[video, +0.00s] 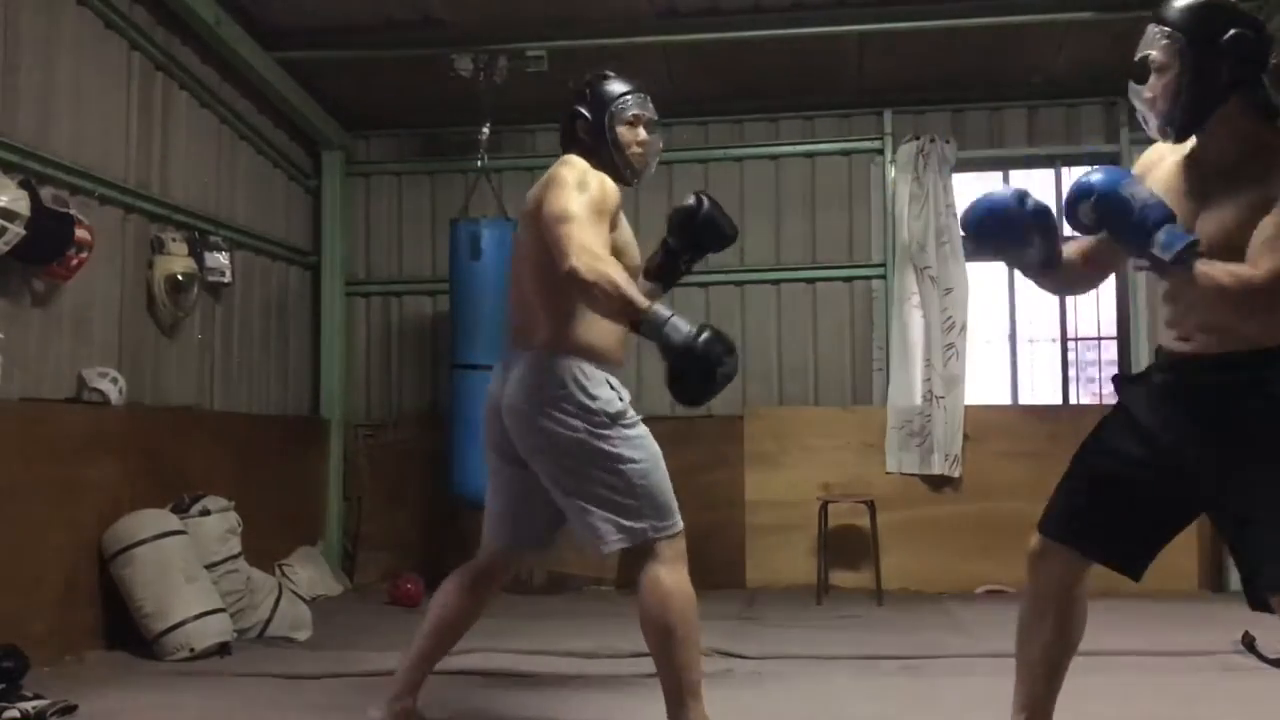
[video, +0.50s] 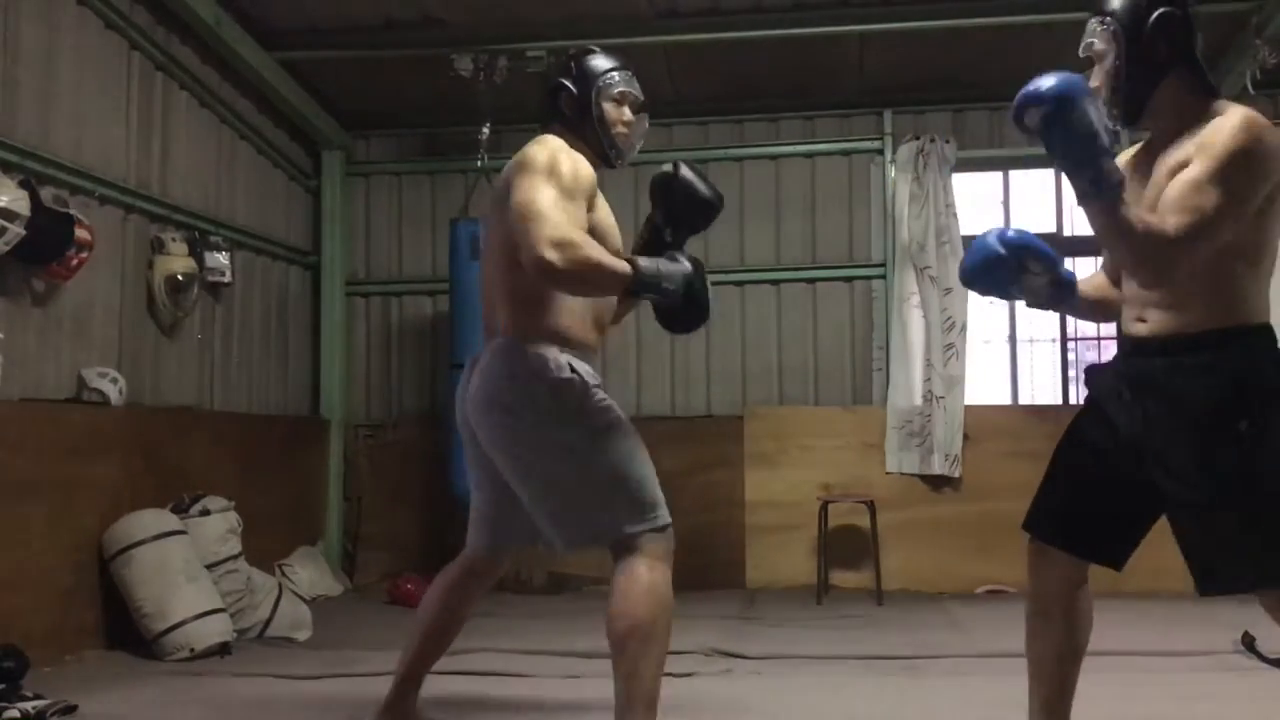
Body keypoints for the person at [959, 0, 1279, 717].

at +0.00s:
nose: (1139, 88)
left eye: (1152, 69)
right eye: (1139, 71)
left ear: (1217, 70)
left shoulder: (1273, 167)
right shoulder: (1159, 166)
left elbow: (1266, 297)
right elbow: (1077, 275)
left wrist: (1166, 252)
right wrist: (1031, 249)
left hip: (1260, 395)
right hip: (1166, 394)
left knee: (1279, 595)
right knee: (1056, 552)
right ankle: (1031, 715)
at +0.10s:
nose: (1131, 77)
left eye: (1146, 60)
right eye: (1131, 62)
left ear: (1212, 59)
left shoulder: (1270, 158)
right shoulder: (1154, 166)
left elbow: (1275, 283)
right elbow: (1139, 286)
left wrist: (1188, 233)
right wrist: (1075, 304)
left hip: (1259, 387)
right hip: (1168, 389)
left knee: (1278, 591)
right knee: (1067, 546)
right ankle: (1052, 715)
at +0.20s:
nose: (1121, 81)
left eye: (1131, 63)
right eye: (1118, 66)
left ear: (1189, 57)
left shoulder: (1273, 144)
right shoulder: (1151, 161)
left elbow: (1225, 253)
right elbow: (1142, 281)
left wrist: (1148, 166)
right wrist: (1082, 312)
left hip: (1257, 387)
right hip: (1163, 389)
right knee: (1070, 553)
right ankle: (1050, 715)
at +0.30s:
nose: (1123, 76)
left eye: (1134, 56)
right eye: (1118, 59)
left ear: (1182, 52)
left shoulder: (1259, 137)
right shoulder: (1140, 162)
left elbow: (1134, 212)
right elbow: (1130, 286)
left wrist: (1095, 101)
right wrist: (1069, 307)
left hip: (1247, 384)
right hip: (1155, 387)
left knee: (1274, 586)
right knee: (1070, 546)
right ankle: (1050, 715)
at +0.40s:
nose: (1106, 68)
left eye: (1115, 47)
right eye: (1104, 52)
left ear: (1167, 48)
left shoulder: (1247, 129)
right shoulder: (1134, 159)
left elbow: (1118, 220)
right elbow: (1138, 289)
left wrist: (1080, 105)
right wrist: (1066, 295)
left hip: (1235, 384)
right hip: (1144, 387)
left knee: (1273, 590)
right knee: (1068, 550)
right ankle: (1049, 713)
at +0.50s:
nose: (1090, 79)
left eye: (1099, 60)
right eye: (1089, 63)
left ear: (1155, 52)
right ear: (1145, 57)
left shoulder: (1242, 134)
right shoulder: (1130, 164)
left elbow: (1156, 260)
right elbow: (1120, 296)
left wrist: (1085, 157)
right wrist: (1055, 288)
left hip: (1226, 388)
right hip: (1133, 387)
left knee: (1274, 589)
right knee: (1054, 550)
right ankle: (1047, 716)